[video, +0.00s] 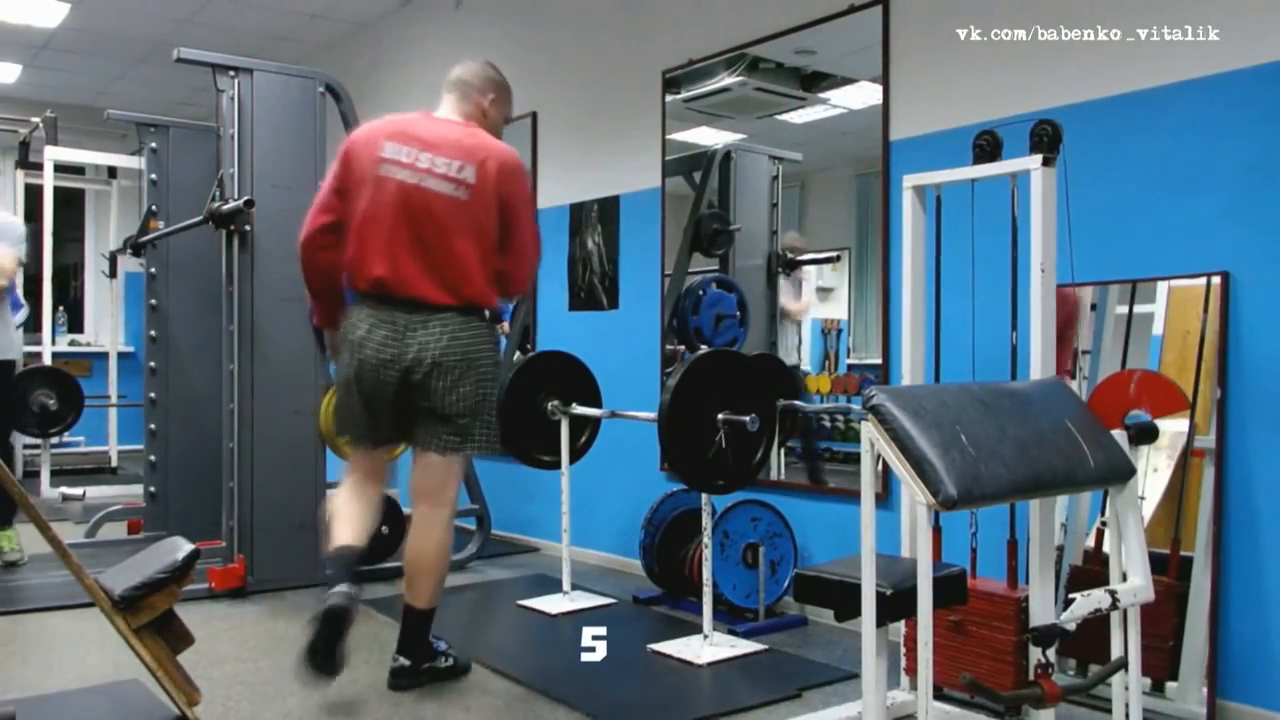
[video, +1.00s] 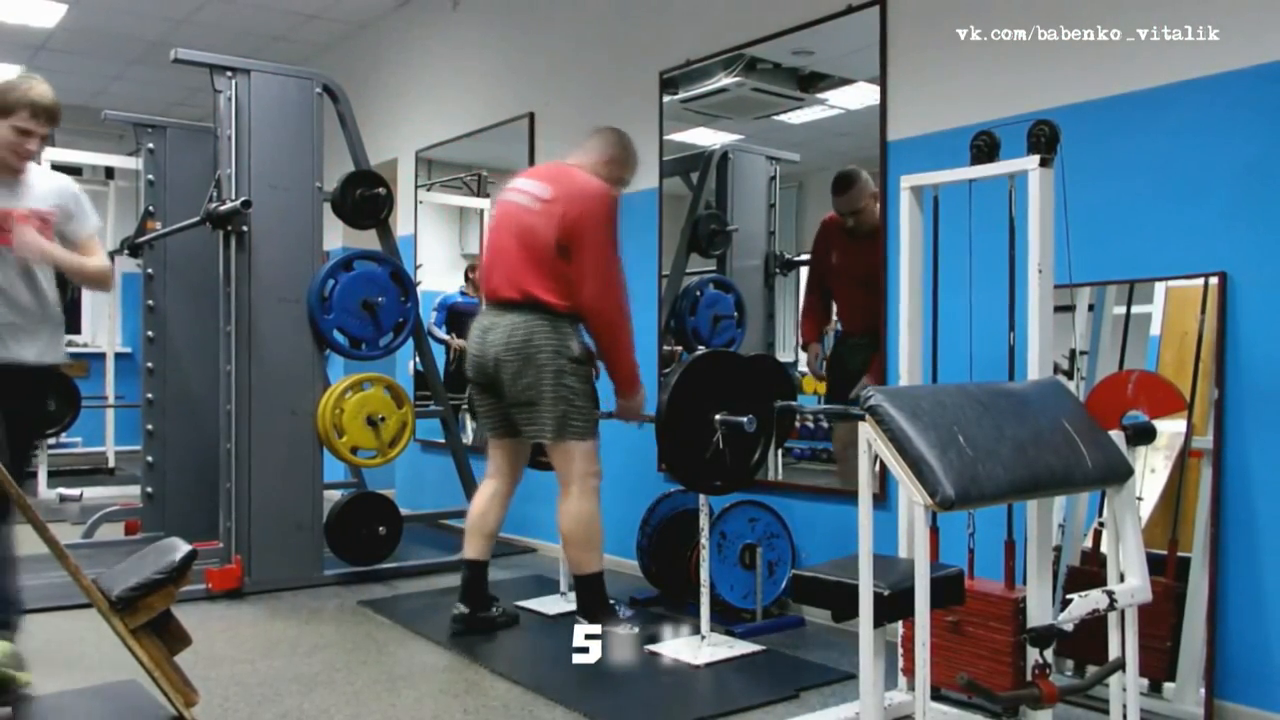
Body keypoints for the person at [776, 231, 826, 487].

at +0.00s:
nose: (798, 261)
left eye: (800, 256)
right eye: (793, 255)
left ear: (801, 257)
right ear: (783, 256)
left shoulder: (794, 280)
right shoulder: (775, 281)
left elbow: (799, 309)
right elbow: (797, 311)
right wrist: (807, 280)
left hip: (794, 362)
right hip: (779, 364)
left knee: (805, 418)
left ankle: (817, 474)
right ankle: (816, 475)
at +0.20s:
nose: (837, 257)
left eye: (839, 252)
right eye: (834, 251)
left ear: (834, 252)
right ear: (823, 249)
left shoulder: (822, 274)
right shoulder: (804, 272)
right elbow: (824, 303)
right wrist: (843, 278)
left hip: (821, 353)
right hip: (808, 353)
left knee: (831, 413)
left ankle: (824, 476)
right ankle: (822, 478)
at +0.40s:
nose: (866, 259)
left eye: (870, 254)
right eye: (860, 253)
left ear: (873, 253)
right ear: (847, 251)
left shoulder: (869, 276)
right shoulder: (830, 274)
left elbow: (879, 320)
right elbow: (852, 305)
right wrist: (874, 278)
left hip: (872, 360)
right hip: (845, 362)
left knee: (837, 424)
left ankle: (823, 482)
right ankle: (823, 482)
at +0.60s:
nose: (870, 216)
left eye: (875, 206)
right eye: (862, 209)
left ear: (888, 199)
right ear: (855, 206)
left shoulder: (909, 231)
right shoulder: (855, 238)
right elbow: (839, 299)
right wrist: (827, 348)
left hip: (912, 341)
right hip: (872, 341)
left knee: (907, 420)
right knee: (860, 417)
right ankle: (855, 479)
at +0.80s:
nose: (857, 216)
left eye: (863, 206)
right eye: (848, 209)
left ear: (879, 194)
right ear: (840, 203)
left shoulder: (899, 226)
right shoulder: (833, 231)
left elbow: (912, 295)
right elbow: (815, 291)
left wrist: (890, 355)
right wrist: (808, 341)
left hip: (898, 340)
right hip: (855, 341)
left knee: (895, 429)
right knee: (850, 432)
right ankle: (854, 508)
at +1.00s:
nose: (849, 222)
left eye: (856, 213)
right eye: (842, 214)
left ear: (876, 199)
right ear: (834, 207)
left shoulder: (896, 230)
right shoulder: (831, 231)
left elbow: (905, 309)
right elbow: (817, 290)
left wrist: (877, 373)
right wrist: (812, 340)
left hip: (891, 345)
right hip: (849, 345)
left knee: (891, 438)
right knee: (845, 442)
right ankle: (854, 515)